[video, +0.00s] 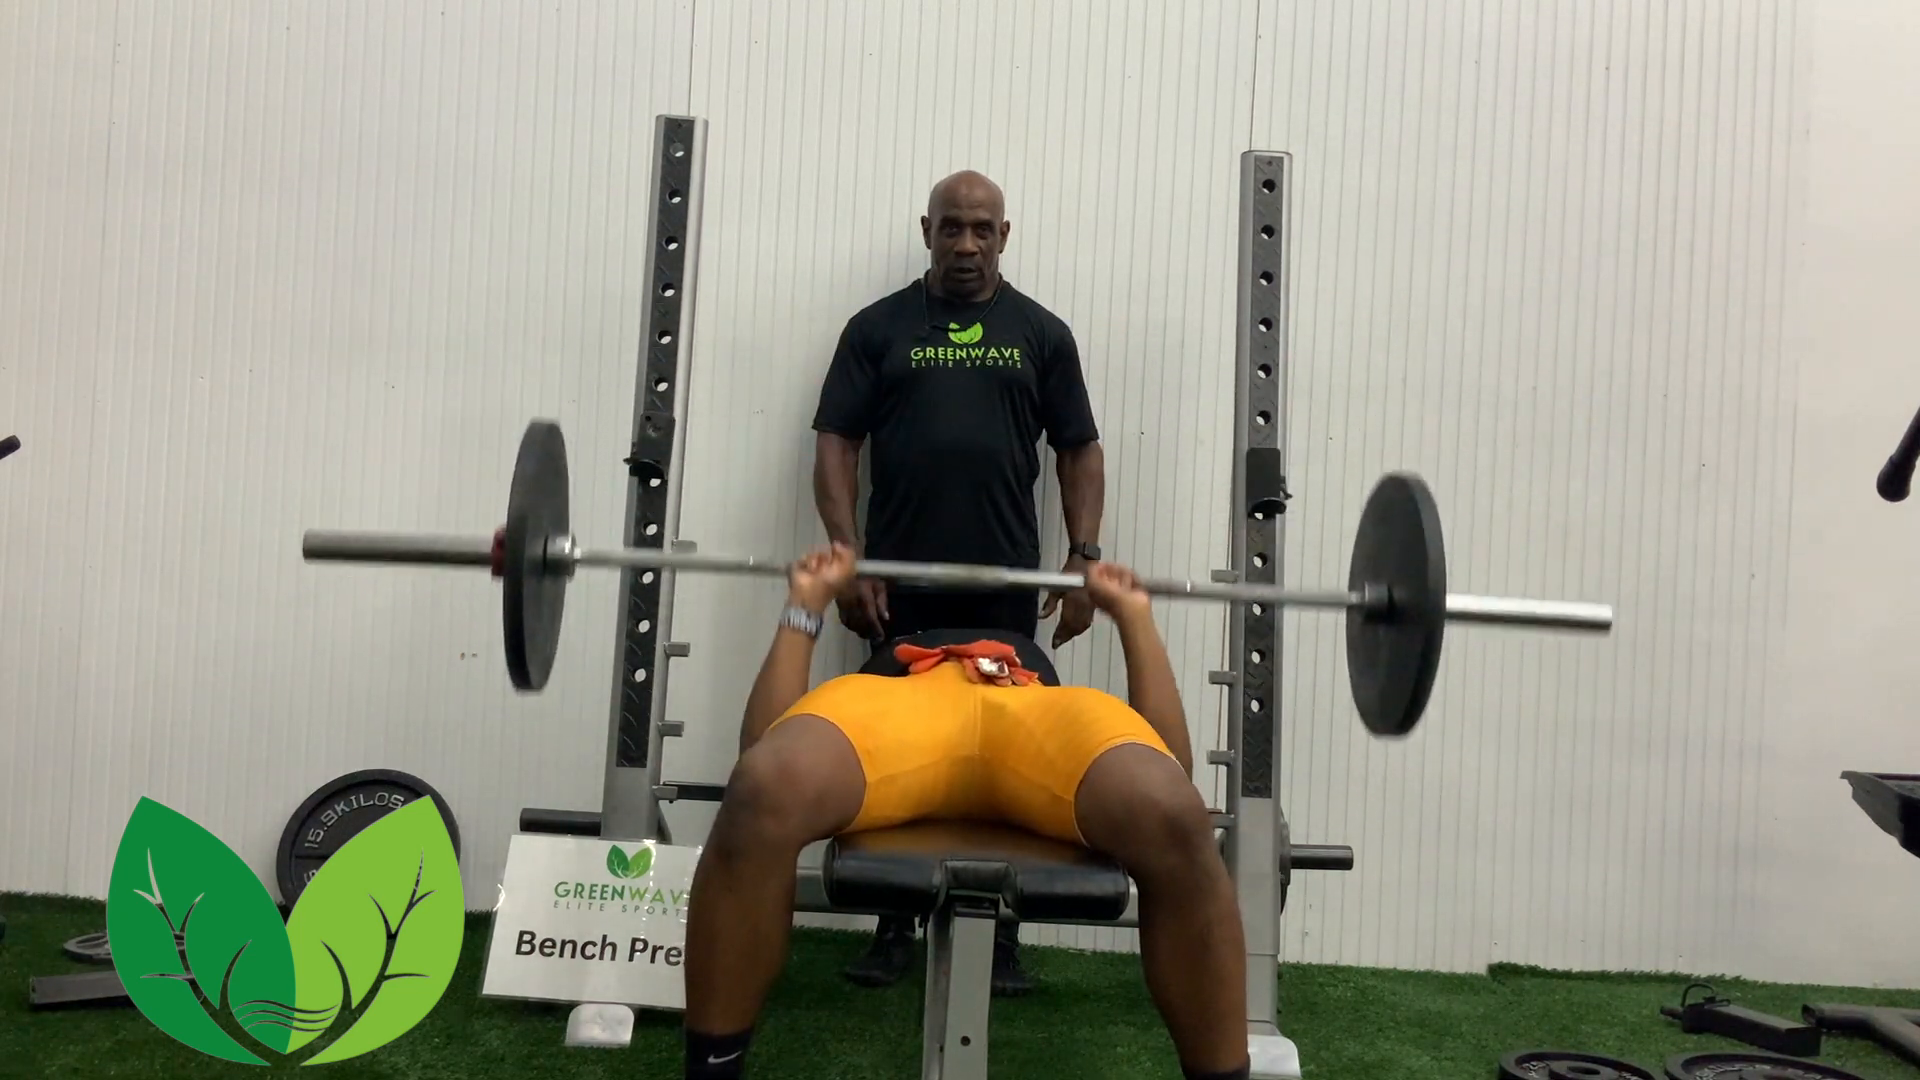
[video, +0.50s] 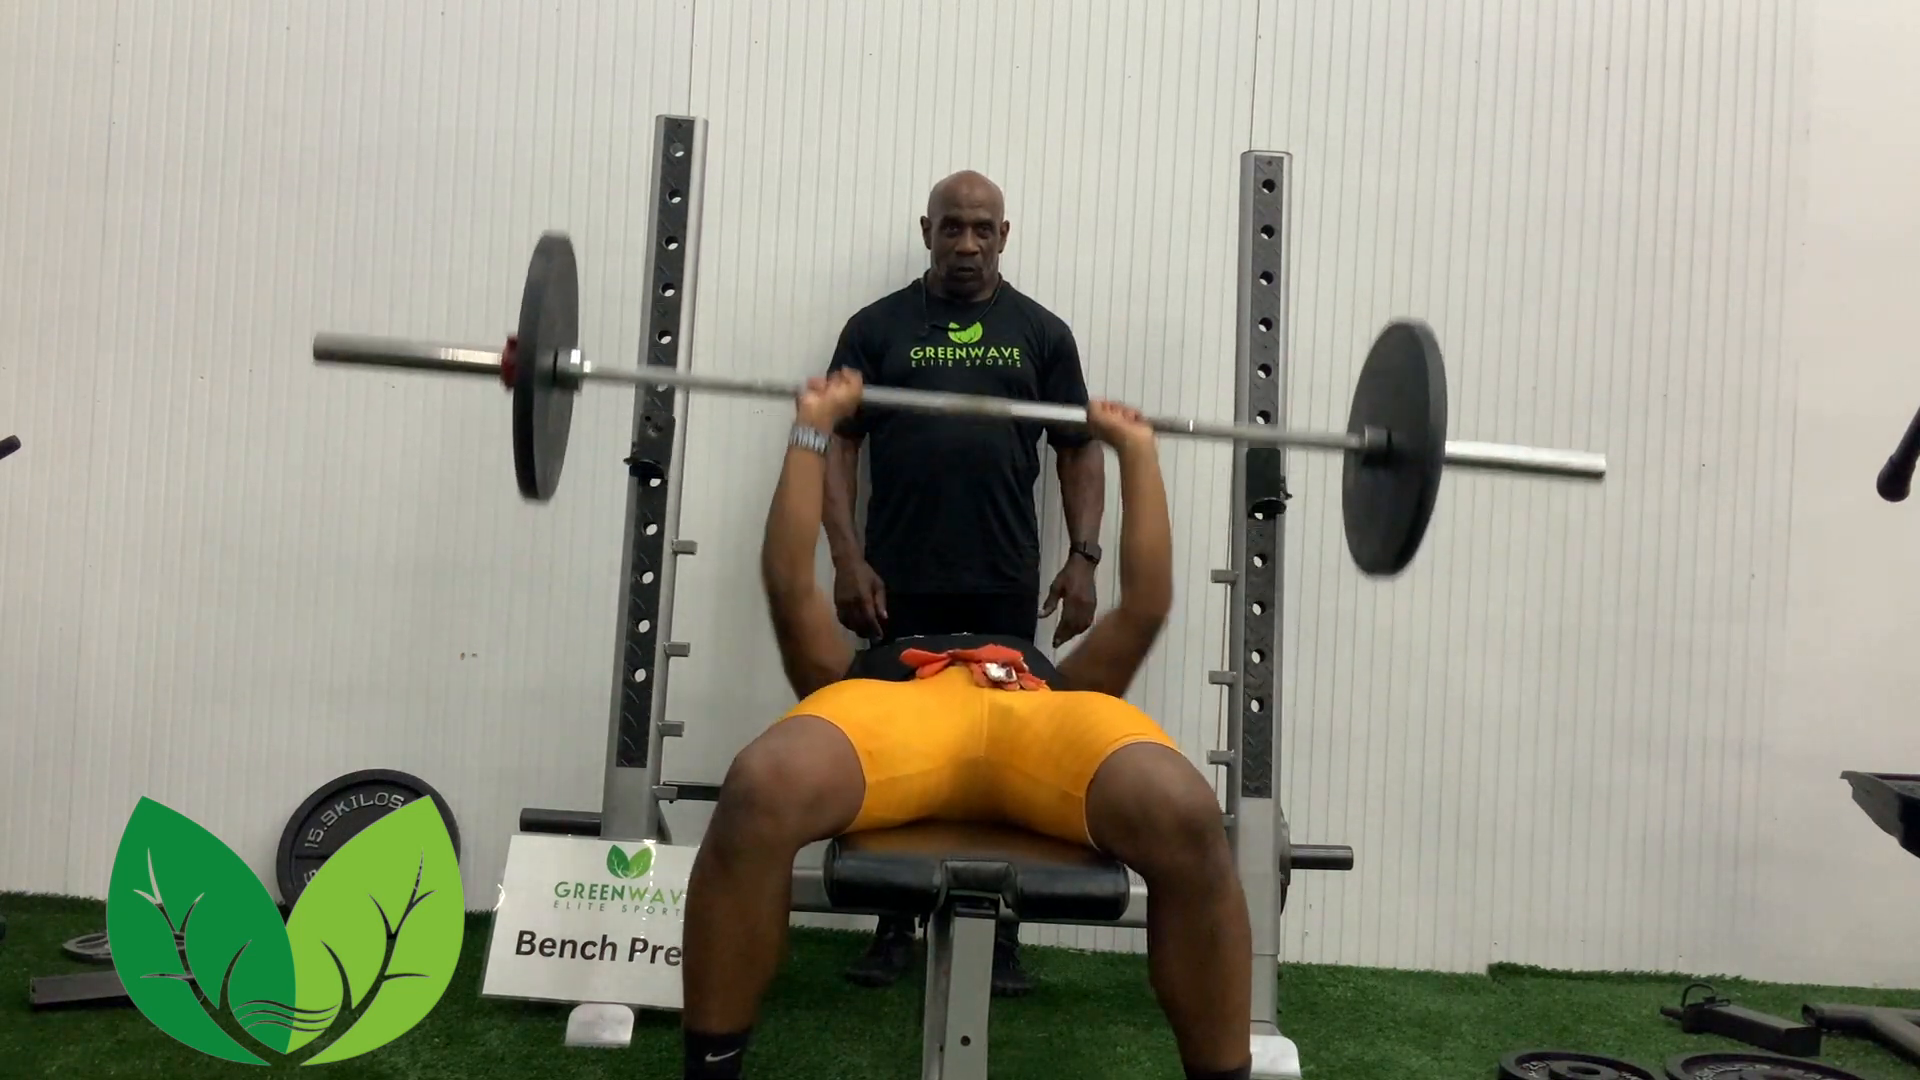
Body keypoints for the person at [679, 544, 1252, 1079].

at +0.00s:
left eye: (999, 655)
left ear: (1028, 671)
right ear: (921, 648)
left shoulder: (1056, 700)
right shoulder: (885, 689)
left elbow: (1171, 772)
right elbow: (763, 754)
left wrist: (1136, 620)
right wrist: (803, 612)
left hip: (1053, 707)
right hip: (890, 698)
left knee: (1178, 823)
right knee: (761, 789)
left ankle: (1223, 1072)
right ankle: (711, 1066)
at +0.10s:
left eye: (997, 655)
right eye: (943, 652)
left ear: (1027, 673)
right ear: (921, 658)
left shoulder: (1051, 699)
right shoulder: (888, 687)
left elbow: (1160, 768)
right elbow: (767, 766)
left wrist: (1136, 647)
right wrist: (803, 637)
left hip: (1047, 707)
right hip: (896, 693)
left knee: (1178, 823)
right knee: (758, 794)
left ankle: (1223, 1070)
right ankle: (712, 1068)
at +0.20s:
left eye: (1004, 650)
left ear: (1031, 665)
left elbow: (1171, 779)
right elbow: (762, 765)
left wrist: (1137, 626)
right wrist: (802, 612)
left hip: (1056, 706)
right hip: (895, 694)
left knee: (1180, 825)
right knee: (762, 794)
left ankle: (1224, 1075)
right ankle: (712, 1068)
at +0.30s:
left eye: (1008, 657)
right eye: (943, 655)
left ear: (1030, 671)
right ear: (920, 663)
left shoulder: (1052, 689)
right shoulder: (878, 687)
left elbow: (1176, 725)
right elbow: (757, 699)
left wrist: (1138, 571)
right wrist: (803, 556)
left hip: (1042, 699)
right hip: (897, 693)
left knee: (1182, 822)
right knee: (763, 794)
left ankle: (1222, 1071)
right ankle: (713, 1066)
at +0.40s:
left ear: (1031, 669)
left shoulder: (1063, 694)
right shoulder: (863, 682)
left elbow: (1163, 667)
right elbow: (765, 635)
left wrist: (1139, 515)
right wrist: (804, 498)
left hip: (1049, 708)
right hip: (889, 699)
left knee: (1181, 822)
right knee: (760, 792)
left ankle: (1224, 1071)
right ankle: (713, 1065)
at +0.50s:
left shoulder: (1063, 689)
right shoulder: (854, 681)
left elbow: (1143, 607)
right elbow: (790, 577)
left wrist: (1138, 447)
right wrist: (810, 430)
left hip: (1044, 707)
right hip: (891, 696)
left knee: (1189, 819)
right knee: (758, 789)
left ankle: (1223, 1072)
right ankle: (712, 1065)